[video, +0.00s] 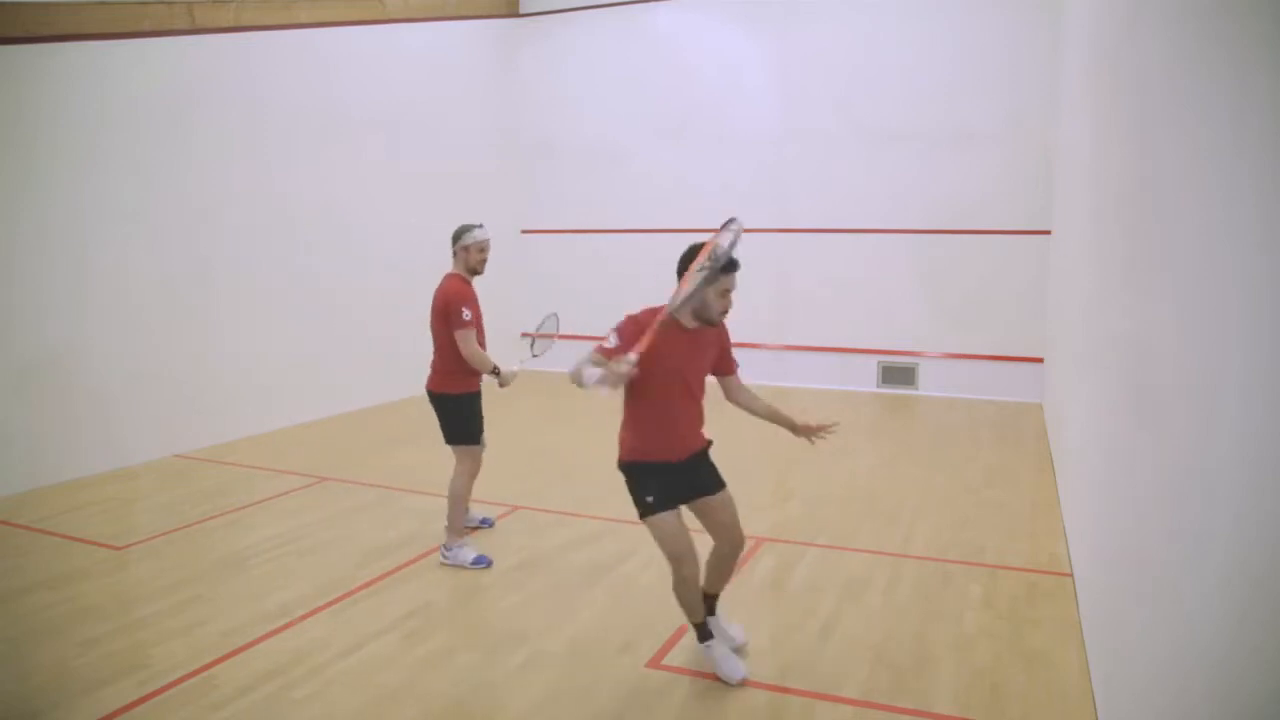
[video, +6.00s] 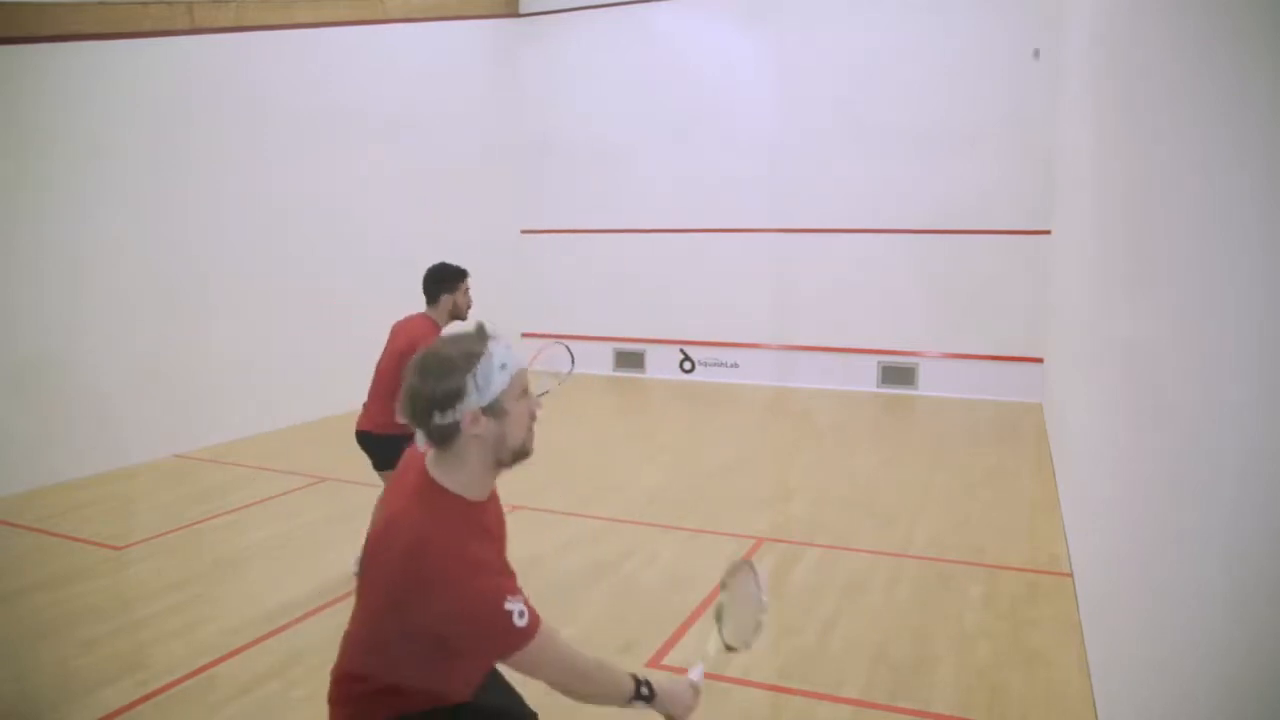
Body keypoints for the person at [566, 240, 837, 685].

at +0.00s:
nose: (730, 302)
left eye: (733, 292)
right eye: (724, 292)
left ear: (719, 289)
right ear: (693, 288)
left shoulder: (714, 334)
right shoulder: (640, 327)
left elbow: (736, 392)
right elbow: (581, 370)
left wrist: (794, 425)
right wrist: (608, 373)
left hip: (692, 453)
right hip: (645, 462)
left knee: (731, 540)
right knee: (685, 562)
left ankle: (707, 613)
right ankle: (706, 640)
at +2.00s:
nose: (497, 287)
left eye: (499, 279)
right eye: (490, 279)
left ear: (466, 277)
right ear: (469, 276)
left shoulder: (434, 299)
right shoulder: (471, 322)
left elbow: (403, 338)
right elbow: (463, 386)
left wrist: (436, 355)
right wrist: (495, 403)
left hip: (409, 408)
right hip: (441, 413)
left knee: (426, 461)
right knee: (465, 472)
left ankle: (404, 535)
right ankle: (448, 551)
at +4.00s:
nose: (684, 357)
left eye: (685, 346)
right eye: (679, 346)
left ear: (646, 347)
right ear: (644, 346)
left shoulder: (650, 389)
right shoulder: (568, 402)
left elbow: (645, 414)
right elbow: (546, 503)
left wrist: (668, 430)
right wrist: (515, 448)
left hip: (628, 536)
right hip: (573, 551)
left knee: (694, 637)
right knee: (623, 680)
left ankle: (689, 715)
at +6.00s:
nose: (470, 300)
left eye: (469, 292)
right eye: (466, 292)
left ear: (441, 299)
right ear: (446, 298)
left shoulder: (405, 324)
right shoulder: (429, 338)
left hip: (371, 428)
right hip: (390, 433)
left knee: (395, 492)